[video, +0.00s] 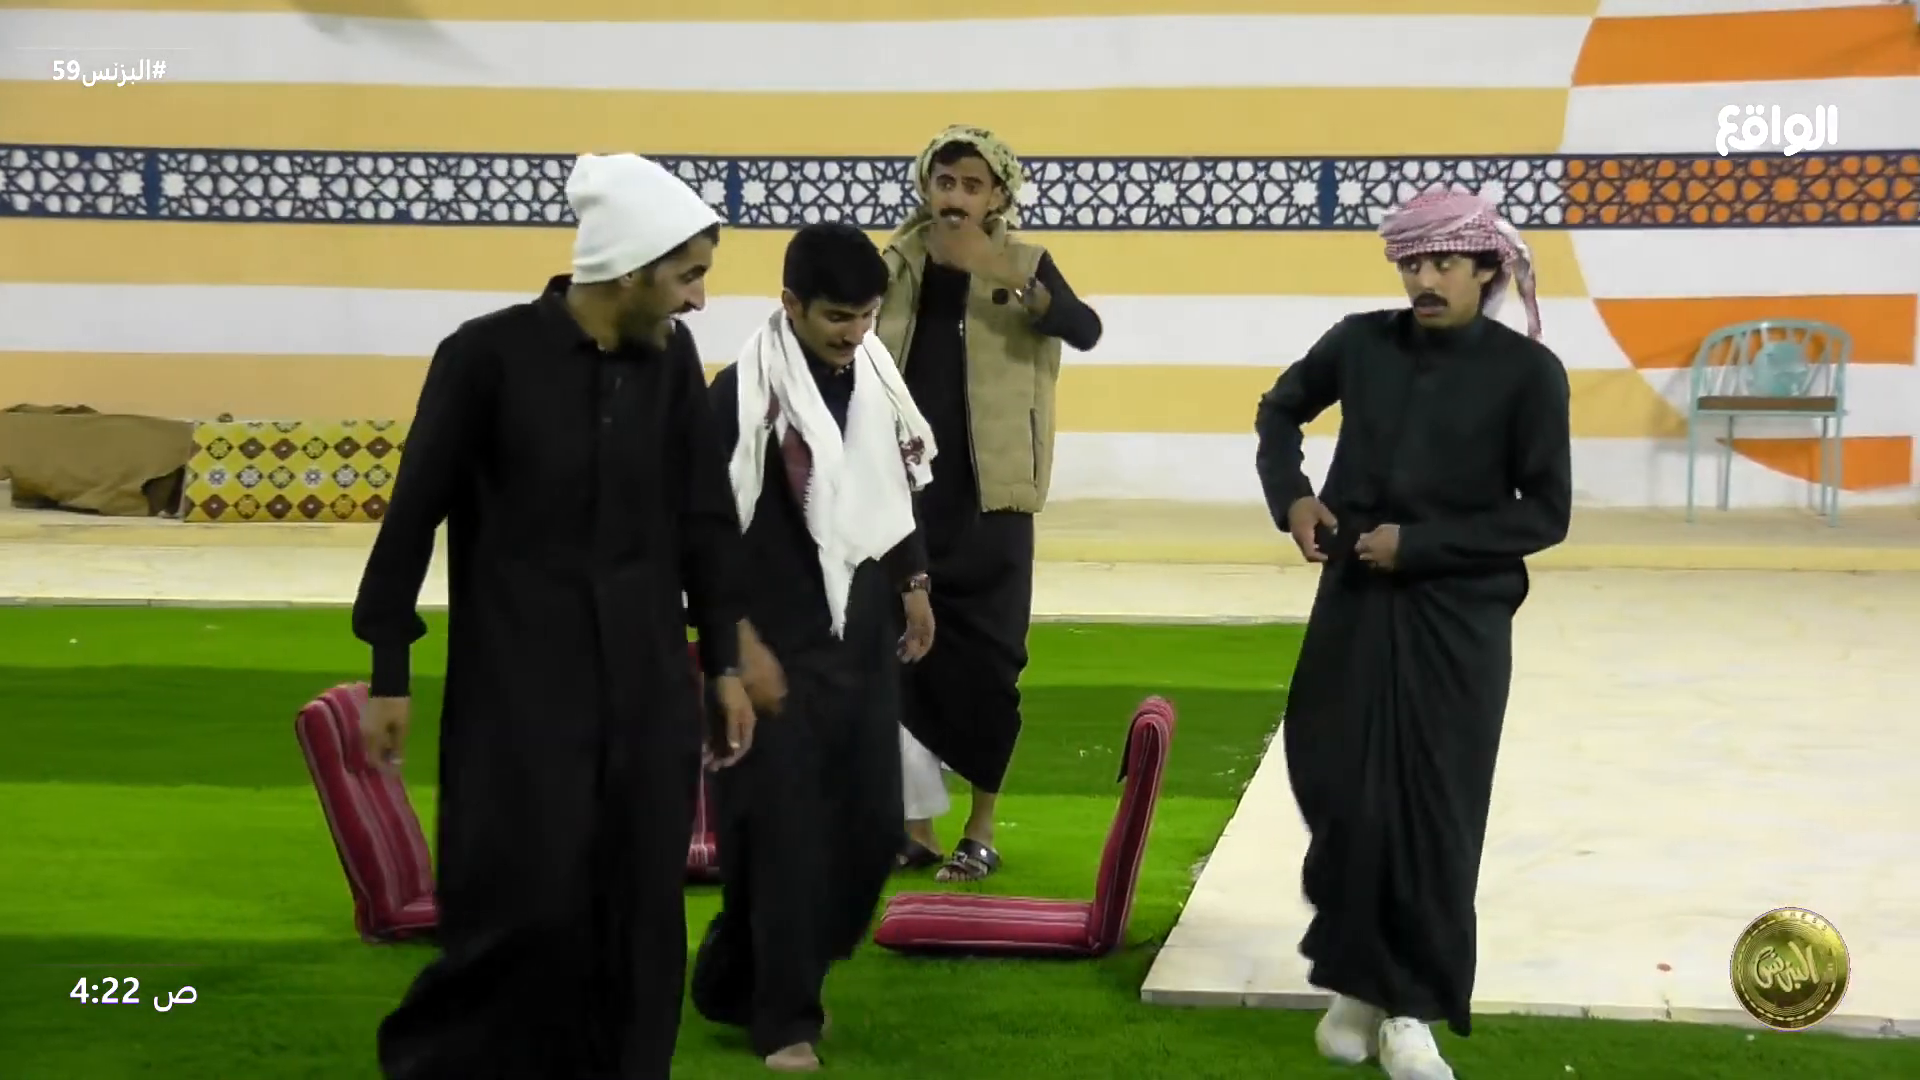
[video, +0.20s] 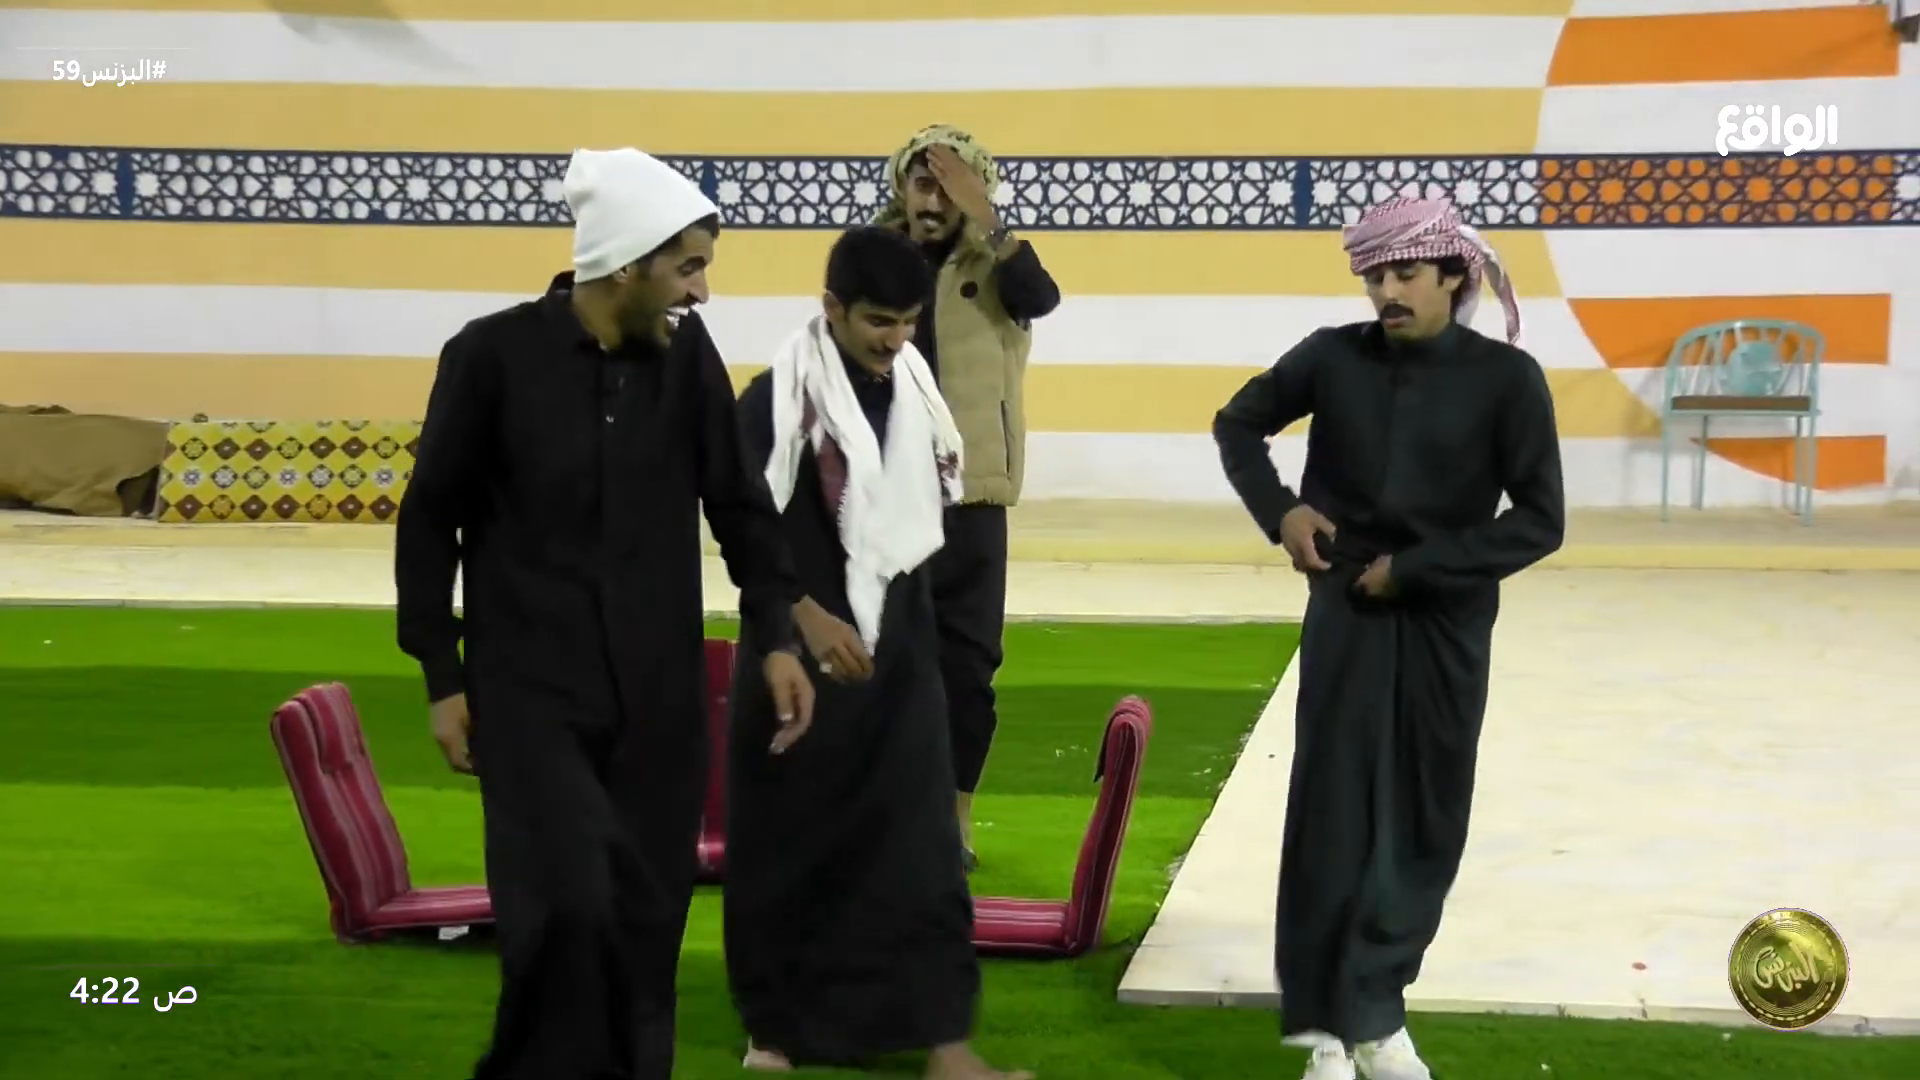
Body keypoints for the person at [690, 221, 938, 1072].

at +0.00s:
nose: (856, 332)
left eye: (867, 315)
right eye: (838, 318)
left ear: (879, 304)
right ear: (792, 303)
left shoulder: (875, 373)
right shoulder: (742, 393)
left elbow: (892, 490)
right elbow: (704, 532)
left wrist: (914, 582)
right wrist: (740, 641)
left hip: (863, 645)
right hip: (777, 650)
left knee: (868, 830)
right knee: (783, 832)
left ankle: (735, 972)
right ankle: (784, 1022)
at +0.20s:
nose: (895, 338)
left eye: (908, 322)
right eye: (879, 322)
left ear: (922, 314)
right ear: (833, 307)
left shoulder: (917, 389)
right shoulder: (776, 401)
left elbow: (925, 523)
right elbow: (745, 527)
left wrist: (919, 625)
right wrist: (805, 611)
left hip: (901, 646)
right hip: (803, 649)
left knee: (923, 835)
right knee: (788, 838)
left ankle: (945, 1042)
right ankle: (773, 1030)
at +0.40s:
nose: (966, 343)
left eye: (979, 327)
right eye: (949, 326)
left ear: (991, 319)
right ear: (900, 308)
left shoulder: (978, 390)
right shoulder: (839, 397)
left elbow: (978, 512)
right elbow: (792, 538)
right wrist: (808, 656)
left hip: (961, 668)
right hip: (864, 670)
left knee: (963, 863)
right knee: (850, 853)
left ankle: (944, 1052)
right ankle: (794, 1009)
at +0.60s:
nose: (1018, 333)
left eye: (1033, 317)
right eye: (1000, 316)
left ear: (1047, 302)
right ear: (954, 292)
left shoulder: (1048, 374)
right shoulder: (891, 370)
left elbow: (1086, 520)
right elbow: (829, 507)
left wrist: (1124, 651)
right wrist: (797, 637)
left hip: (1010, 675)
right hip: (900, 675)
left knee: (997, 906)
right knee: (943, 893)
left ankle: (977, 1067)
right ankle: (864, 1041)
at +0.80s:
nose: (1042, 342)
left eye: (1058, 323)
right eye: (1022, 325)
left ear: (1075, 308)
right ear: (979, 307)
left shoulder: (1100, 386)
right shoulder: (922, 405)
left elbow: (1155, 521)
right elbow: (858, 545)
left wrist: (1209, 632)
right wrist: (821, 686)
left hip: (1067, 693)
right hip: (958, 698)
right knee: (990, 940)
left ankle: (982, 1042)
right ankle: (1004, 1067)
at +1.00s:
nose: (1074, 335)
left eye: (1091, 314)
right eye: (1052, 317)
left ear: (1108, 299)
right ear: (1006, 303)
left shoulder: (1142, 382)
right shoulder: (955, 414)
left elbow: (1195, 539)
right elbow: (915, 581)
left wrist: (1228, 672)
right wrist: (908, 731)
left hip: (1134, 717)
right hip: (1010, 725)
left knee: (1155, 957)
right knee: (1028, 969)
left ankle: (1112, 1067)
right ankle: (1038, 1075)